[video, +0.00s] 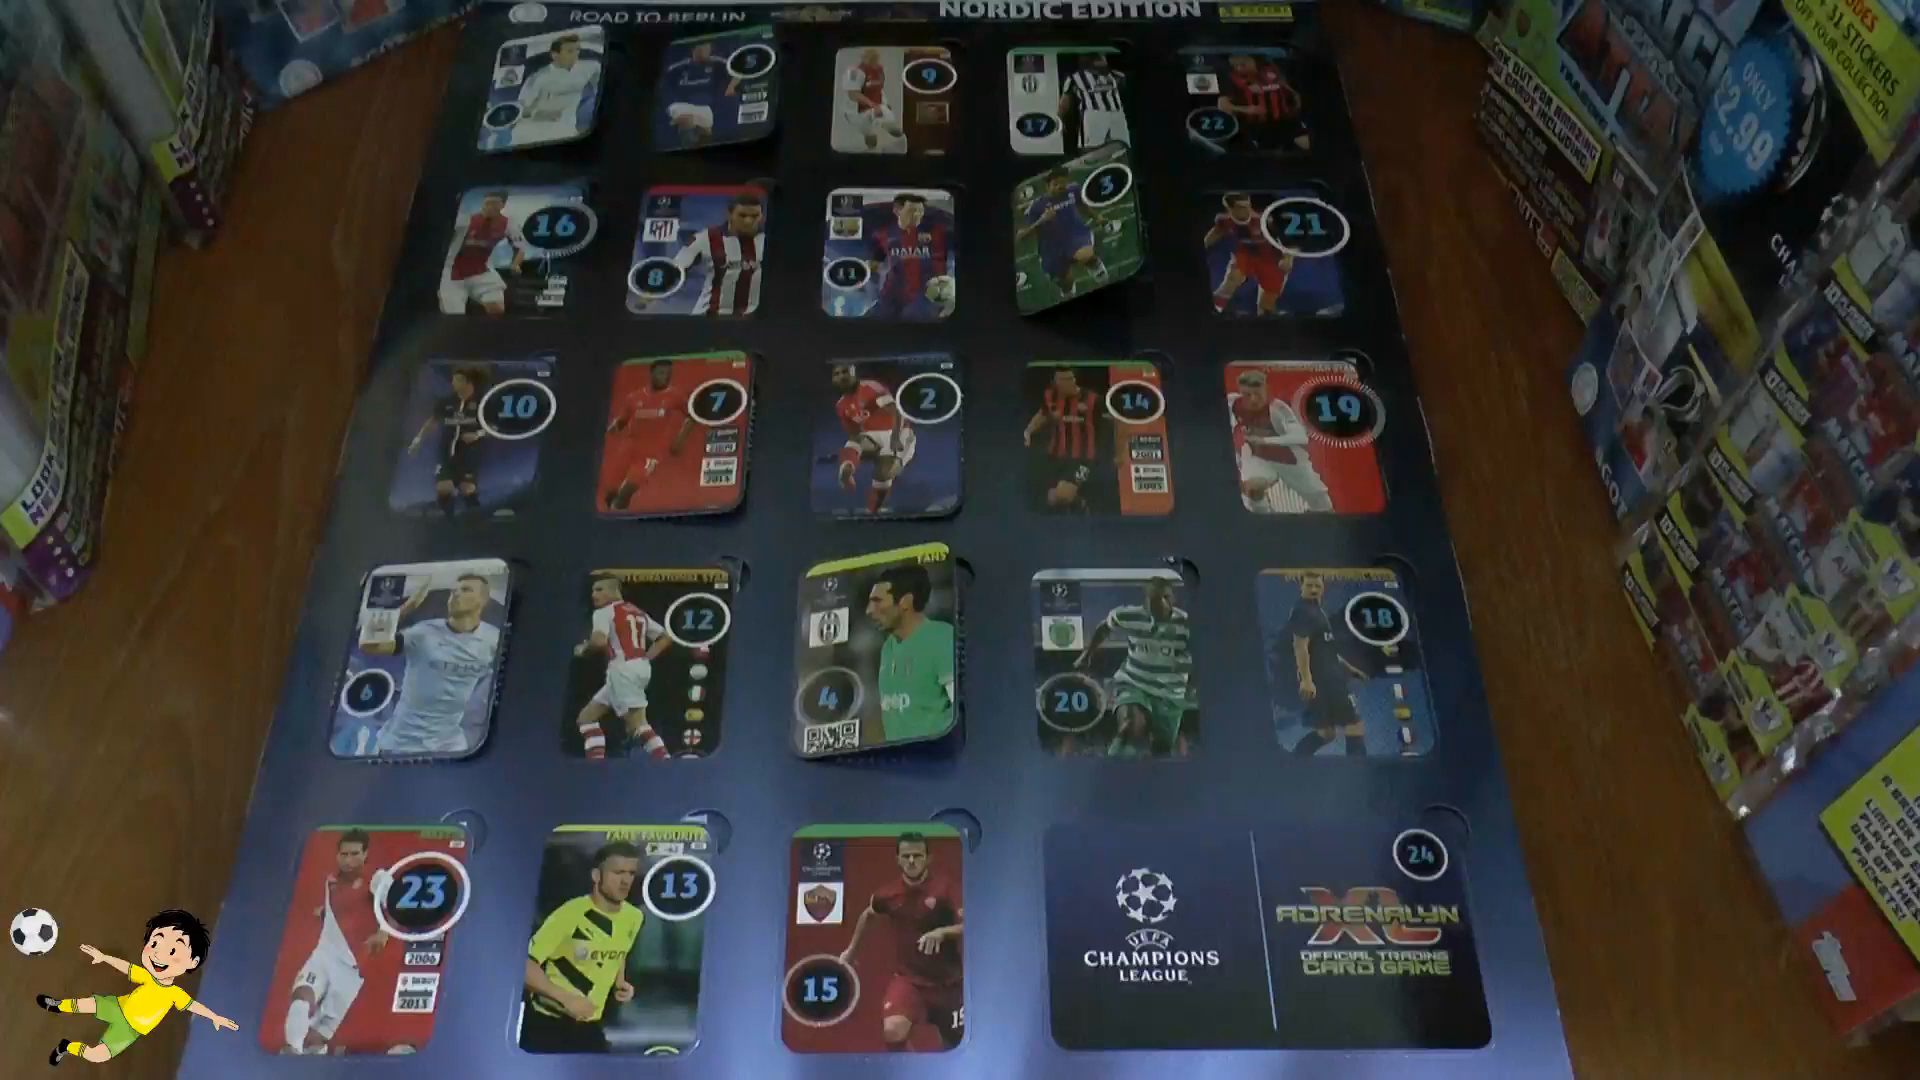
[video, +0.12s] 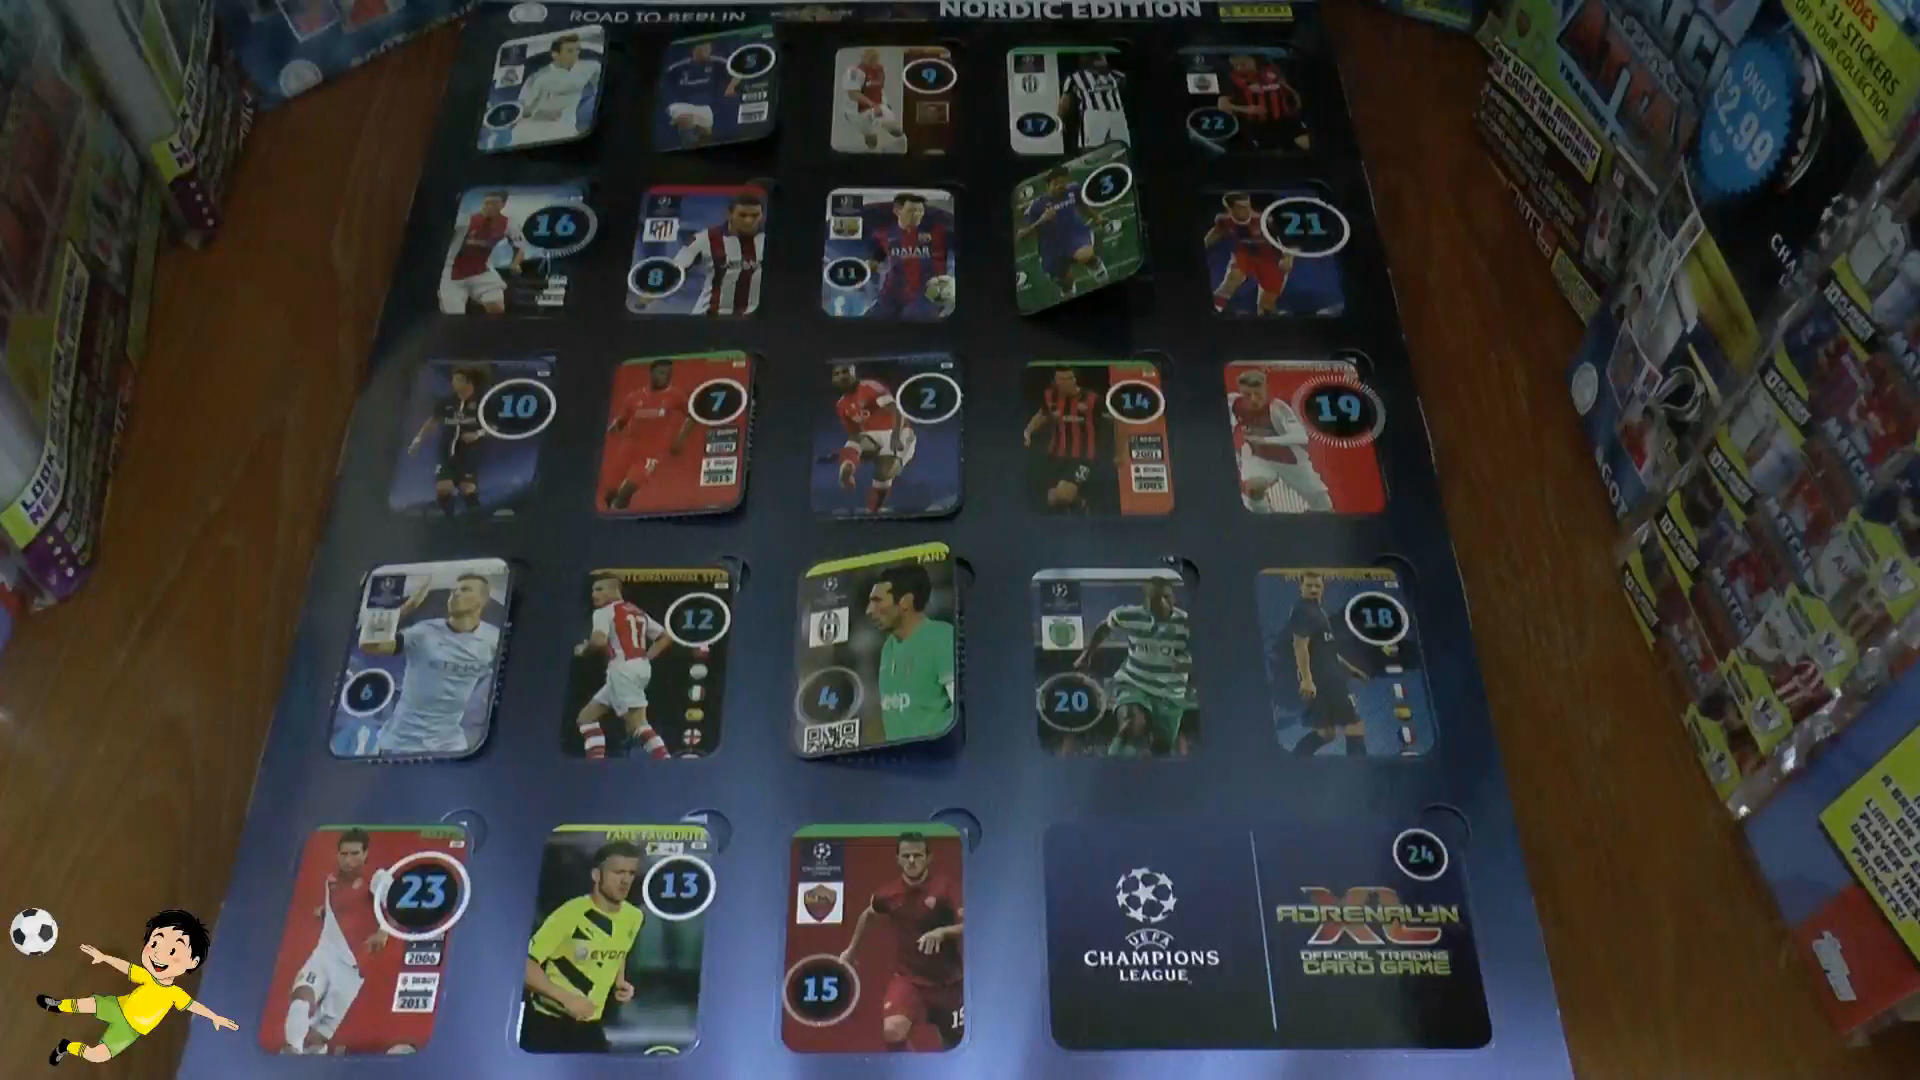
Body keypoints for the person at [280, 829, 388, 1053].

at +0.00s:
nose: (348, 860)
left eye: (354, 854)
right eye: (343, 854)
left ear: (365, 856)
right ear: (337, 855)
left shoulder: (375, 882)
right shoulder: (331, 882)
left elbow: (395, 905)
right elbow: (334, 905)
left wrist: (383, 932)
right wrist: (322, 911)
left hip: (350, 971)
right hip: (322, 957)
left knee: (316, 1039)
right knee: (302, 997)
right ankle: (293, 1049)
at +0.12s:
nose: (348, 860)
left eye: (355, 854)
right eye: (343, 854)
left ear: (365, 856)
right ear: (337, 856)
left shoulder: (375, 882)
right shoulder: (331, 882)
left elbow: (395, 904)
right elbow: (334, 905)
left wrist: (383, 932)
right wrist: (322, 911)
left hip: (350, 971)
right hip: (323, 957)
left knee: (316, 1039)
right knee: (302, 997)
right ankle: (293, 1049)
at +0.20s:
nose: (348, 860)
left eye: (354, 854)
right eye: (344, 854)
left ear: (365, 856)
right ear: (337, 855)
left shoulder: (374, 883)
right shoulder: (331, 882)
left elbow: (395, 905)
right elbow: (334, 904)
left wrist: (383, 932)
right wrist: (322, 911)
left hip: (351, 972)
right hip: (323, 956)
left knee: (316, 1039)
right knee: (302, 997)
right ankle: (293, 1049)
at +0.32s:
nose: (349, 860)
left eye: (355, 853)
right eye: (344, 853)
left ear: (365, 855)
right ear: (337, 855)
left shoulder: (375, 882)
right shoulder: (332, 882)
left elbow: (395, 905)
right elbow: (334, 905)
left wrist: (383, 932)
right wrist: (323, 911)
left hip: (351, 971)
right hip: (324, 956)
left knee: (315, 1039)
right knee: (302, 996)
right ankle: (292, 1049)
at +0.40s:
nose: (349, 860)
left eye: (355, 854)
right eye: (344, 853)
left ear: (365, 855)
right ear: (337, 855)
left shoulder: (375, 882)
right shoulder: (332, 881)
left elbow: (396, 904)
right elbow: (334, 904)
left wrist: (383, 932)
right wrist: (323, 911)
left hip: (351, 971)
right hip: (324, 956)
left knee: (315, 1039)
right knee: (303, 996)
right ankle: (293, 1049)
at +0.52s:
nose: (349, 859)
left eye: (355, 853)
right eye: (345, 853)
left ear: (366, 855)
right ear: (338, 854)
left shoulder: (376, 880)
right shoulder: (332, 881)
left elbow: (396, 904)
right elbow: (333, 903)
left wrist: (383, 932)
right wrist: (323, 910)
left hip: (351, 971)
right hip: (324, 956)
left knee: (316, 1038)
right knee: (303, 995)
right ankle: (293, 1048)